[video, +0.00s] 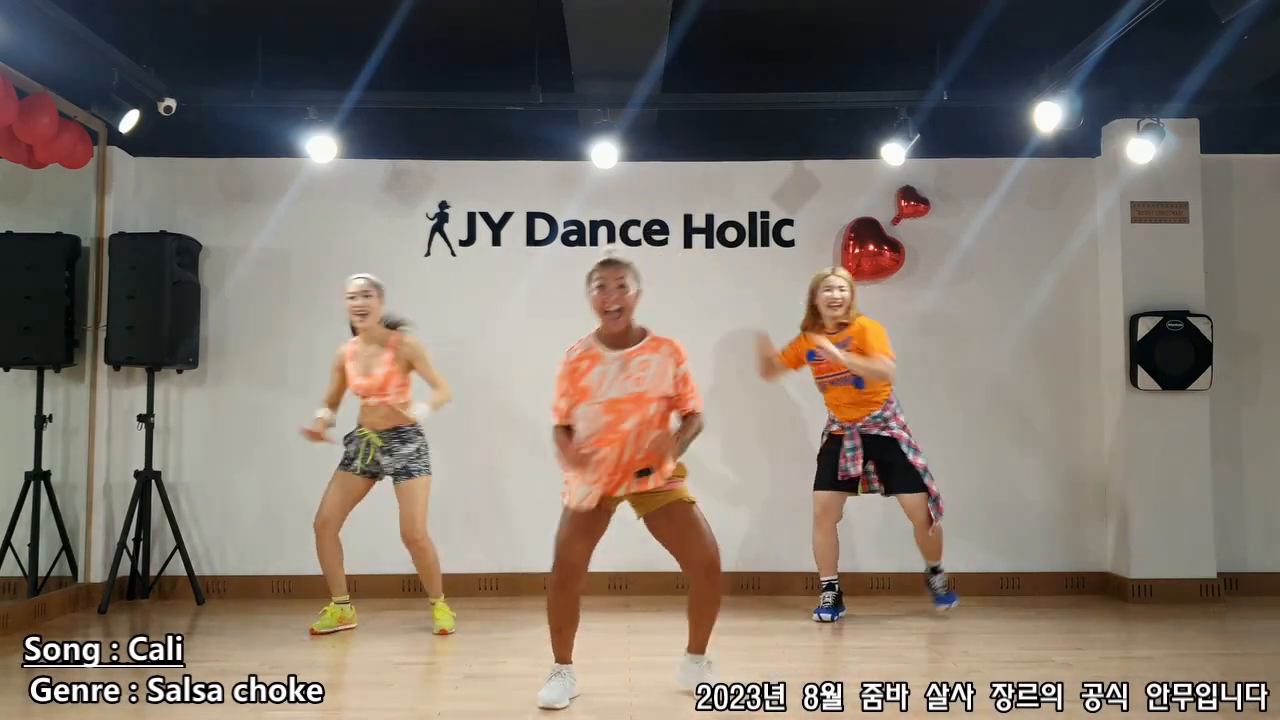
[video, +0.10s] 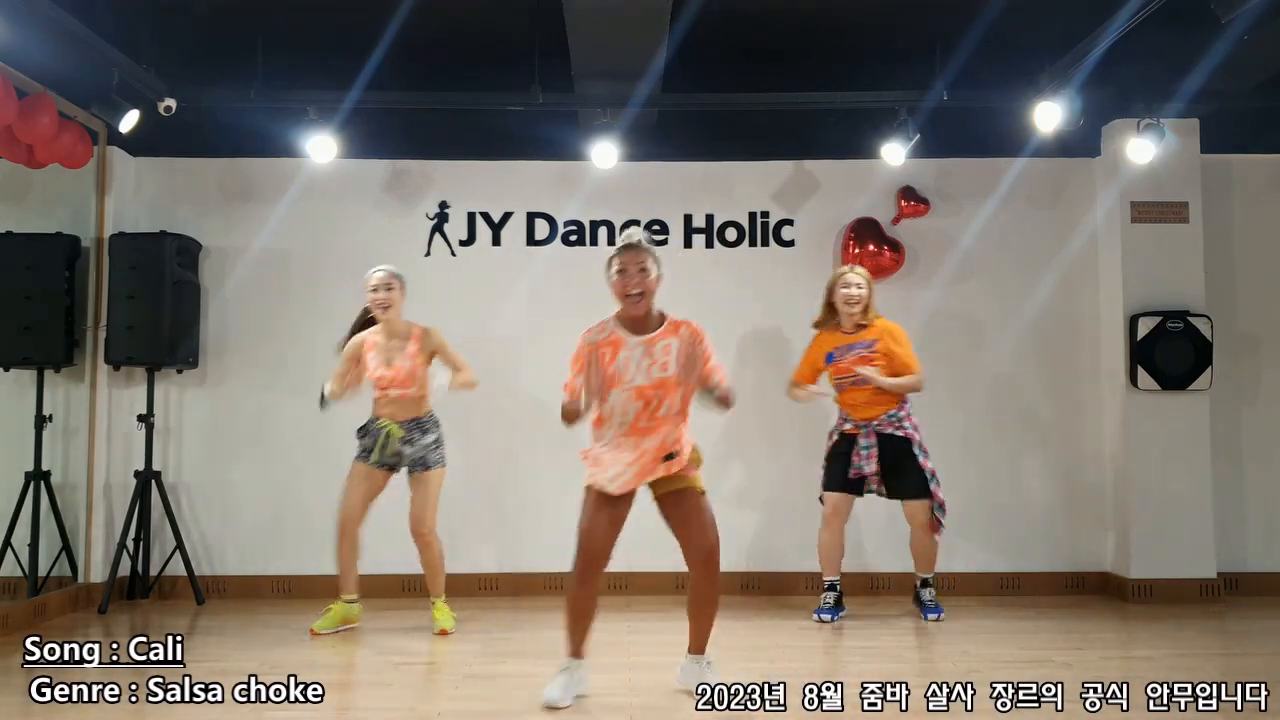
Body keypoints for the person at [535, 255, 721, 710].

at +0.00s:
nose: (611, 296)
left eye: (620, 287)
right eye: (601, 289)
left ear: (637, 294)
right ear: (590, 299)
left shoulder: (666, 352)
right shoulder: (576, 358)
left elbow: (693, 416)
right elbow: (562, 426)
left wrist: (672, 448)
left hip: (654, 474)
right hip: (593, 476)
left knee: (706, 561)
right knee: (566, 566)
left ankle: (696, 662)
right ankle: (562, 670)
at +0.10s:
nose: (632, 279)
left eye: (641, 270)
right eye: (622, 273)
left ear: (658, 279)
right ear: (611, 284)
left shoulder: (687, 336)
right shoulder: (595, 340)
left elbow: (724, 397)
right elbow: (570, 414)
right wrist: (577, 403)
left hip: (671, 451)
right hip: (614, 454)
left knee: (706, 553)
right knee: (589, 555)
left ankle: (696, 660)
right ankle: (573, 665)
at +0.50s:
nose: (704, 296)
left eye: (711, 288)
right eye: (693, 288)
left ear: (723, 298)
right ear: (676, 300)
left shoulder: (738, 363)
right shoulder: (649, 358)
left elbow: (748, 423)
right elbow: (606, 419)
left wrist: (742, 430)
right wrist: (643, 424)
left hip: (710, 482)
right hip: (650, 480)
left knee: (775, 553)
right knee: (641, 564)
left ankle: (762, 656)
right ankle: (648, 668)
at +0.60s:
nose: (732, 301)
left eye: (738, 292)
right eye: (720, 294)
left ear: (748, 302)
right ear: (701, 307)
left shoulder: (758, 368)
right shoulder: (677, 359)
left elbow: (758, 430)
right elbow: (651, 430)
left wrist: (785, 458)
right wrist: (693, 453)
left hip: (717, 486)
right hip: (658, 479)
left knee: (772, 563)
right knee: (624, 560)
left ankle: (758, 665)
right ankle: (641, 663)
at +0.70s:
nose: (756, 301)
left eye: (763, 291)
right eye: (743, 292)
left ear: (771, 300)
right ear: (723, 304)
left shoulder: (777, 364)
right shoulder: (704, 351)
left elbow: (797, 417)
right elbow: (725, 416)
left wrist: (839, 405)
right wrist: (779, 403)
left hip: (715, 480)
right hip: (662, 465)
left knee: (769, 562)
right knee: (597, 541)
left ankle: (755, 665)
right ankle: (591, 650)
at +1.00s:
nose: (759, 309)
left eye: (766, 299)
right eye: (747, 300)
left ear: (776, 307)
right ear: (729, 310)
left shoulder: (783, 376)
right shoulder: (706, 357)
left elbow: (810, 425)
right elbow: (699, 426)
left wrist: (824, 418)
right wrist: (753, 416)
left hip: (719, 489)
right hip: (662, 469)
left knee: (770, 564)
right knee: (595, 544)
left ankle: (755, 666)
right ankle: (568, 631)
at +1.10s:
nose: (736, 306)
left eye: (744, 297)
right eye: (725, 297)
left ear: (754, 306)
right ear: (708, 305)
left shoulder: (764, 374)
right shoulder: (681, 359)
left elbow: (759, 442)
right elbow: (641, 423)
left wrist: (760, 468)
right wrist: (672, 448)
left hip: (721, 490)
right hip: (661, 477)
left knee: (771, 563)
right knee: (594, 545)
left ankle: (756, 665)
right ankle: (591, 645)